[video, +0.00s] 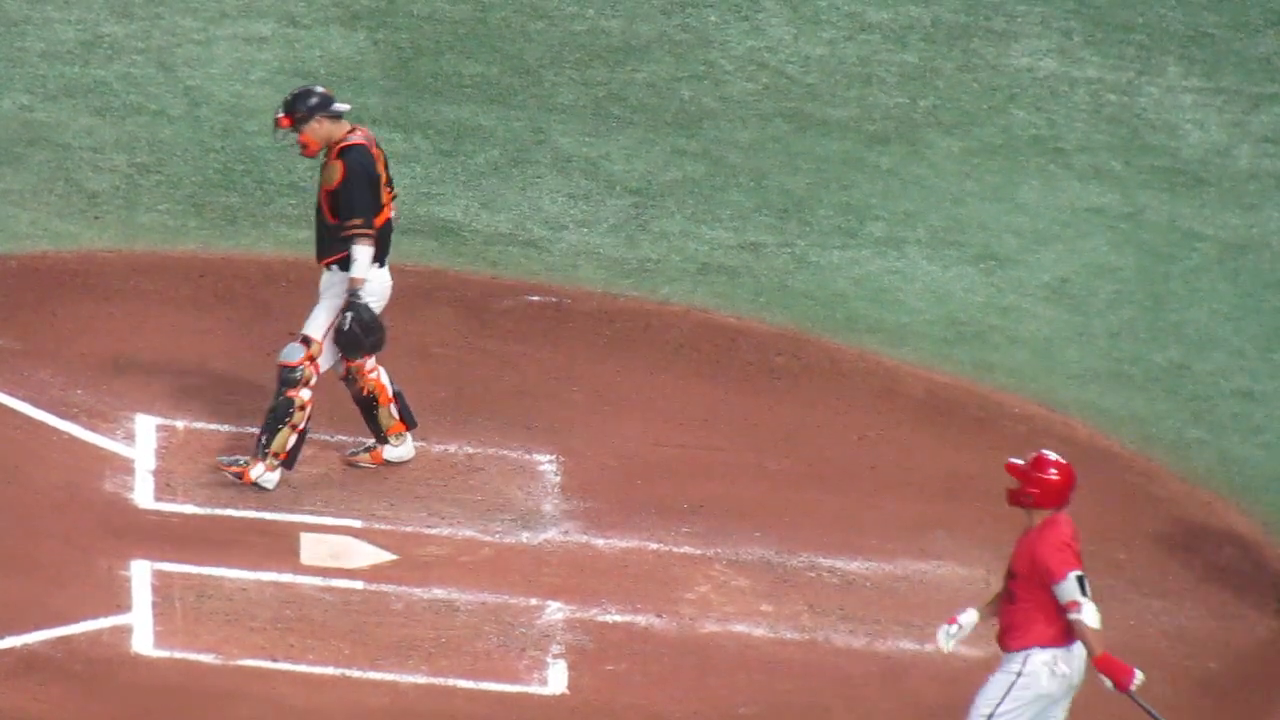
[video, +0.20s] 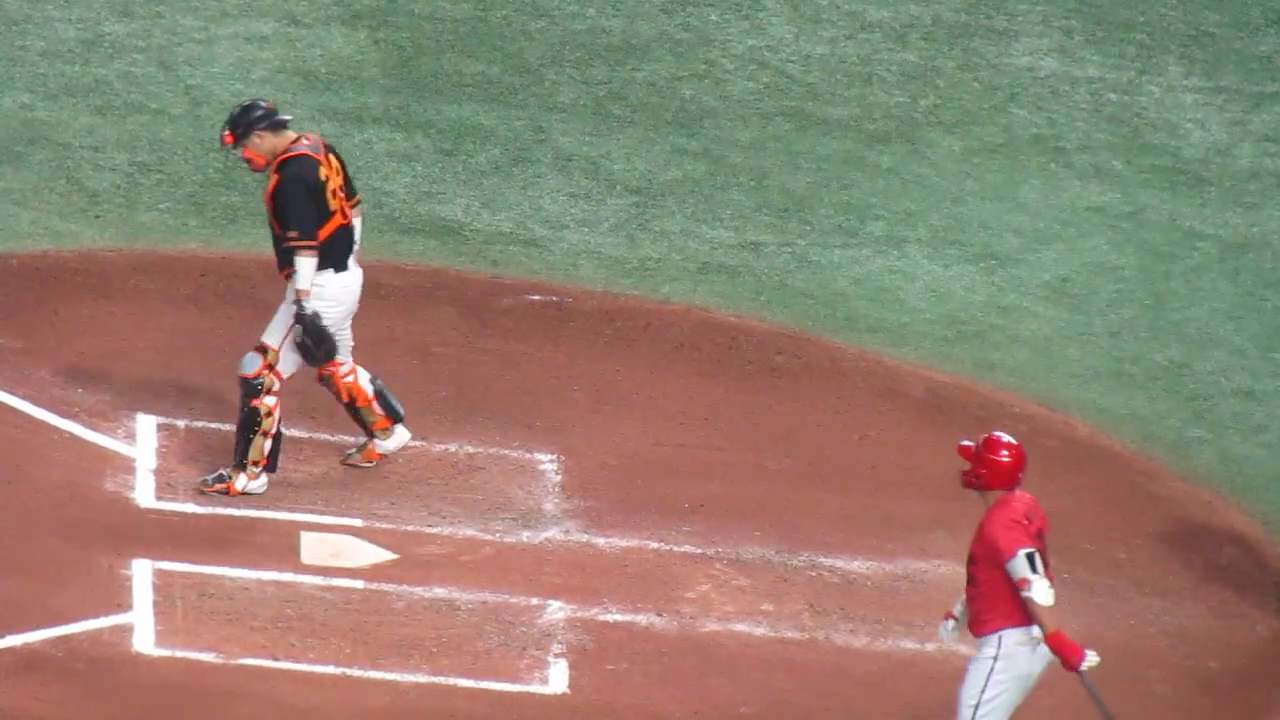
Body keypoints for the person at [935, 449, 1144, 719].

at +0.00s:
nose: (1016, 488)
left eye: (1023, 484)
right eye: (1019, 482)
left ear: (1036, 493)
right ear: (1052, 494)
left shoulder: (1046, 541)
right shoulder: (1054, 527)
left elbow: (1076, 610)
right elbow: (1016, 591)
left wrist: (1102, 660)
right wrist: (974, 616)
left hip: (1034, 665)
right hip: (1062, 659)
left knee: (983, 715)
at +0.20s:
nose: (968, 467)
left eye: (974, 463)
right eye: (971, 461)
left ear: (987, 472)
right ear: (1008, 472)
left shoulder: (1001, 520)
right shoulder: (1023, 503)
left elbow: (1032, 587)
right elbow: (994, 570)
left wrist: (1058, 642)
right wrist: (963, 611)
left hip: (1006, 646)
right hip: (1026, 640)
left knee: (976, 713)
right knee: (984, 712)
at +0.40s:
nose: (939, 461)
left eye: (944, 457)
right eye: (942, 456)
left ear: (957, 466)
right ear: (980, 466)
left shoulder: (973, 514)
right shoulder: (989, 497)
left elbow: (998, 586)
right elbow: (957, 564)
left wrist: (1007, 642)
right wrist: (916, 596)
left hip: (977, 632)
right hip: (1002, 624)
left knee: (961, 712)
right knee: (1003, 713)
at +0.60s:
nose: (920, 452)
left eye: (925, 448)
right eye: (923, 446)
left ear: (936, 459)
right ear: (962, 457)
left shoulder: (945, 511)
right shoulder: (975, 487)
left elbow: (948, 591)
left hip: (957, 628)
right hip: (982, 615)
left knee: (940, 711)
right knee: (950, 707)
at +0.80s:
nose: (892, 440)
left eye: (897, 437)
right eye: (896, 436)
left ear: (906, 449)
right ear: (938, 449)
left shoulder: (906, 501)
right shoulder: (960, 484)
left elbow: (890, 580)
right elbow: (950, 546)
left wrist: (858, 616)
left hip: (923, 617)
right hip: (955, 608)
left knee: (927, 711)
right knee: (883, 691)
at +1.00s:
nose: (858, 432)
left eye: (863, 429)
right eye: (862, 427)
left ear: (870, 441)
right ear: (902, 444)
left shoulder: (864, 493)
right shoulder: (923, 482)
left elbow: (842, 567)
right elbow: (935, 547)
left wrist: (807, 608)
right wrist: (949, 595)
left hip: (876, 613)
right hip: (912, 605)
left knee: (890, 709)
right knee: (848, 702)